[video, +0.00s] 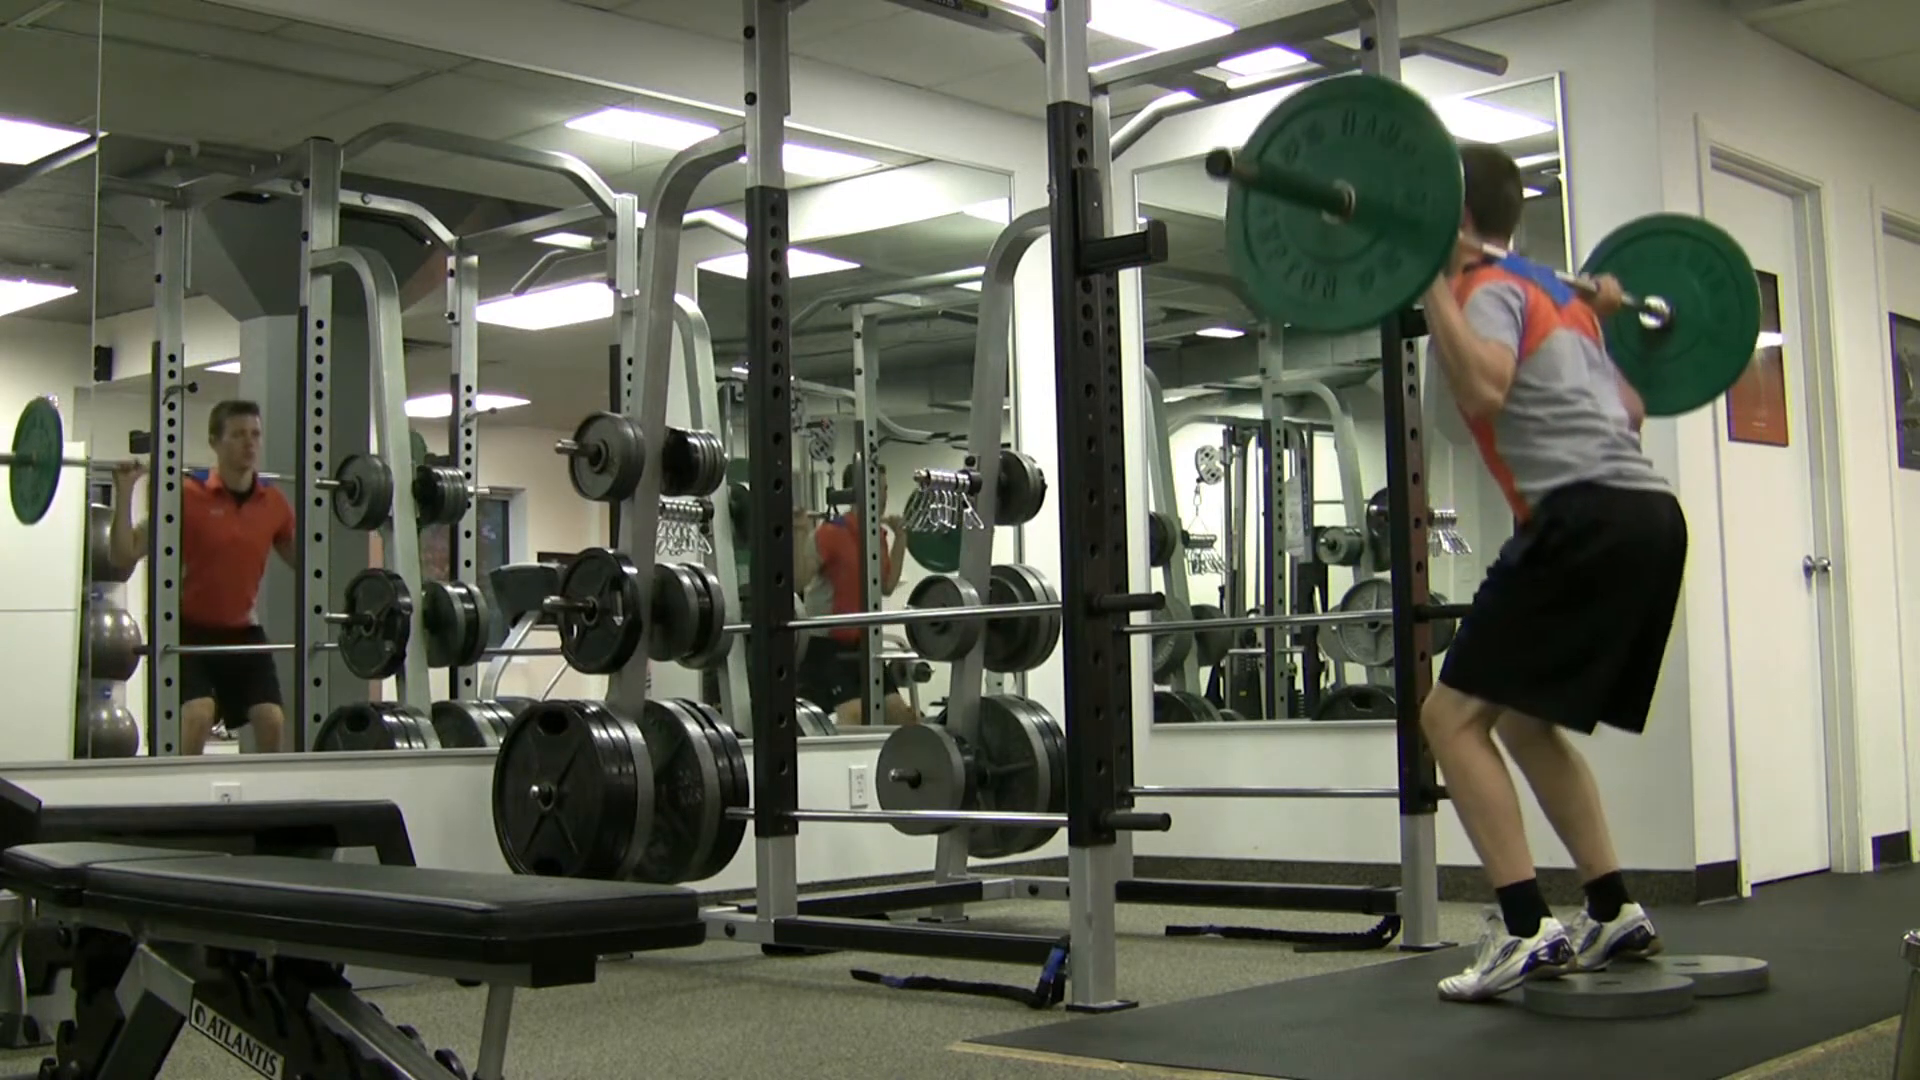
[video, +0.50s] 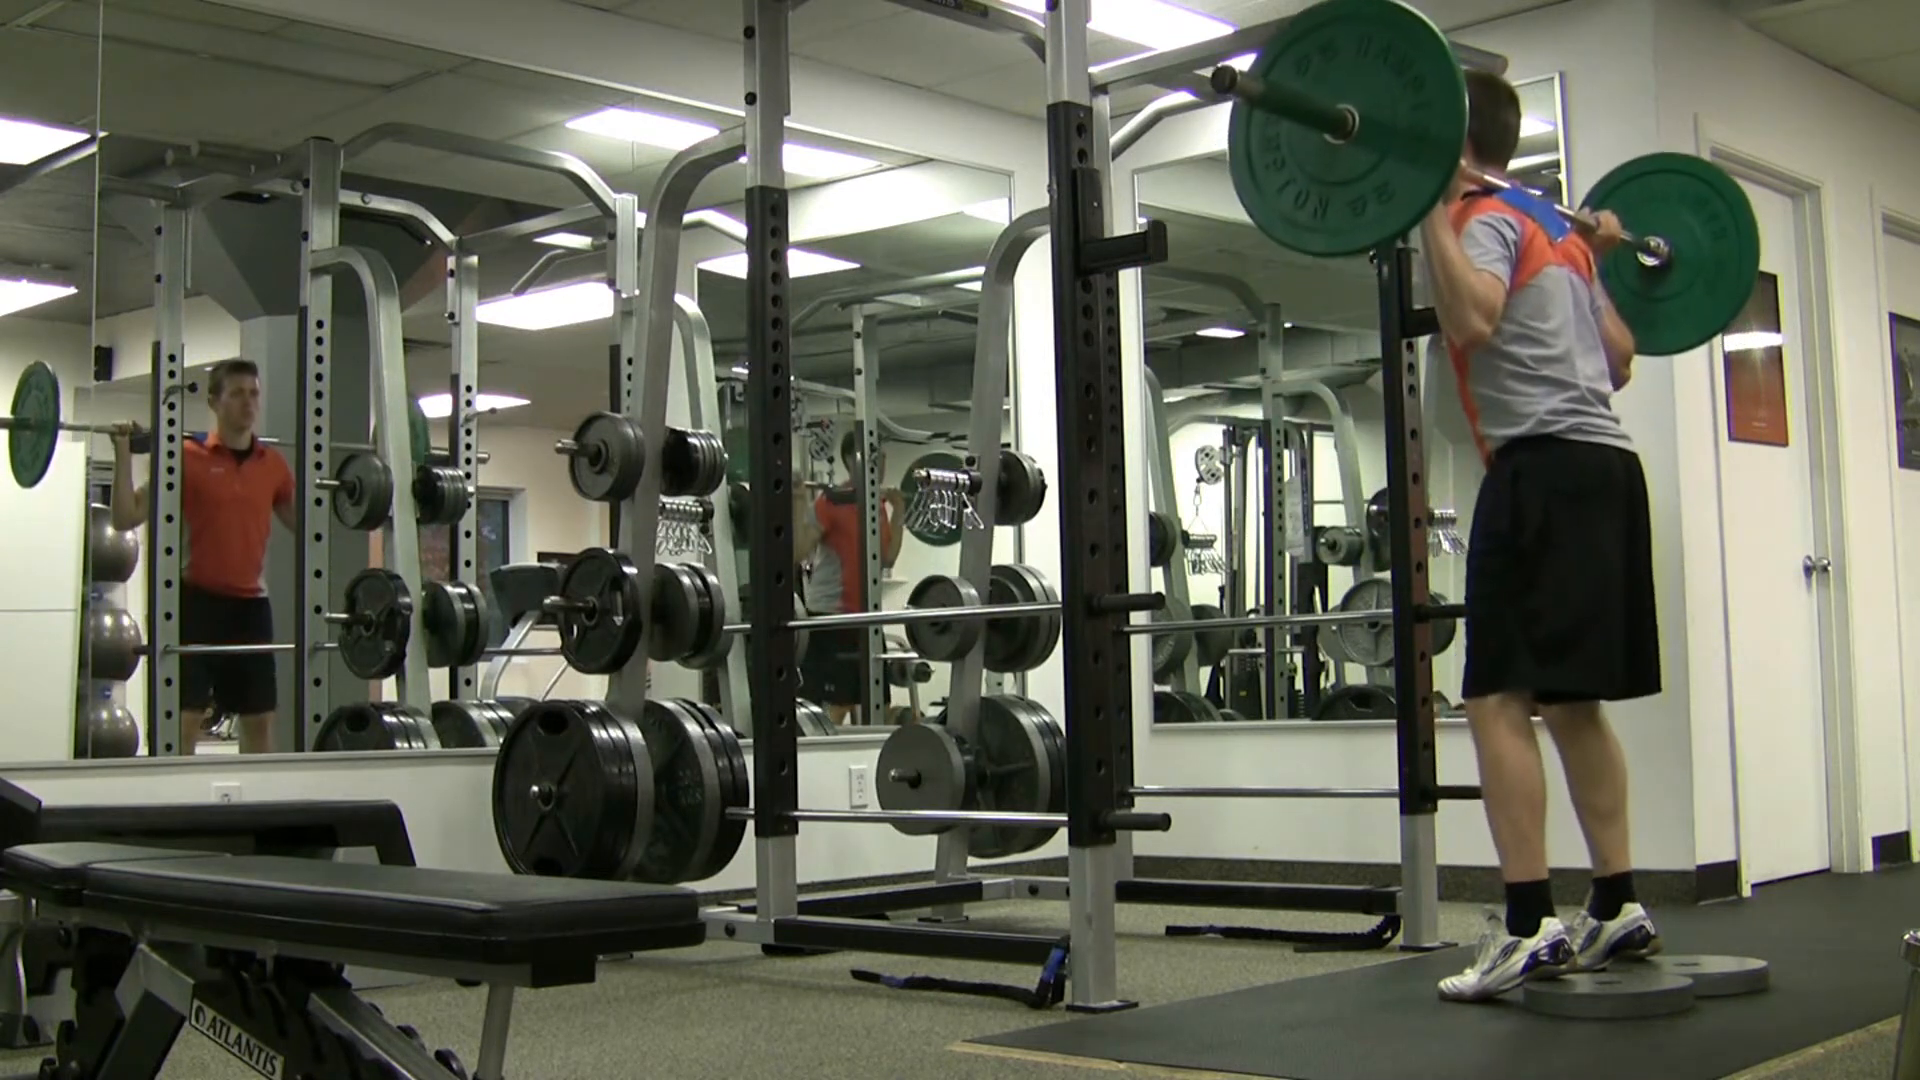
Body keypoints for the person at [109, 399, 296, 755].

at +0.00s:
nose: (250, 443)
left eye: (255, 435)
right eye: (239, 434)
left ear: (262, 441)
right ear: (215, 442)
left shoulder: (273, 502)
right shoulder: (185, 494)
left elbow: (309, 564)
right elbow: (124, 558)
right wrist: (123, 490)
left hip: (243, 633)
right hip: (188, 632)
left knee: (271, 719)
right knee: (198, 715)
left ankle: (270, 803)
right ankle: (178, 803)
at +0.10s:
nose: (249, 431)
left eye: (255, 423)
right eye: (238, 423)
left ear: (262, 429)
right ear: (215, 430)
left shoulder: (273, 490)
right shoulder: (186, 482)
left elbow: (309, 555)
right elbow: (126, 542)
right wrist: (124, 480)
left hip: (243, 622)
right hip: (189, 620)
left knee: (269, 718)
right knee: (197, 714)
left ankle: (263, 804)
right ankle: (179, 803)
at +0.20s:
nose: (249, 421)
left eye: (254, 413)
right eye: (238, 412)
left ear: (262, 419)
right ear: (215, 420)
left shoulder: (274, 482)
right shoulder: (186, 473)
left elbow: (308, 545)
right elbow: (125, 534)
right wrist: (124, 468)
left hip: (245, 614)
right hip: (190, 611)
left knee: (266, 718)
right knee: (195, 713)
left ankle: (261, 806)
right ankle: (179, 806)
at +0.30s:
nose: (249, 413)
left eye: (254, 405)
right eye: (238, 404)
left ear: (262, 412)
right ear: (215, 412)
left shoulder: (274, 473)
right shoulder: (186, 465)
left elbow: (310, 536)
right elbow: (124, 527)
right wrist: (124, 462)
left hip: (246, 609)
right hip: (191, 607)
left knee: (263, 719)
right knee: (192, 716)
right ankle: (176, 807)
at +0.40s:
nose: (249, 406)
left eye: (254, 398)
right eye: (238, 398)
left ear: (262, 406)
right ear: (215, 406)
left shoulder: (272, 467)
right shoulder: (187, 460)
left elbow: (308, 531)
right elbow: (125, 522)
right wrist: (124, 454)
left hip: (248, 607)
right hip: (193, 603)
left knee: (260, 722)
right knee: (189, 719)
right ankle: (176, 808)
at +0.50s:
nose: (249, 402)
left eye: (254, 394)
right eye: (238, 394)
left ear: (261, 401)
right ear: (214, 402)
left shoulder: (272, 462)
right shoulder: (187, 456)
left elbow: (308, 528)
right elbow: (126, 517)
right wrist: (123, 452)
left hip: (250, 605)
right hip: (195, 602)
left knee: (259, 722)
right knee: (187, 721)